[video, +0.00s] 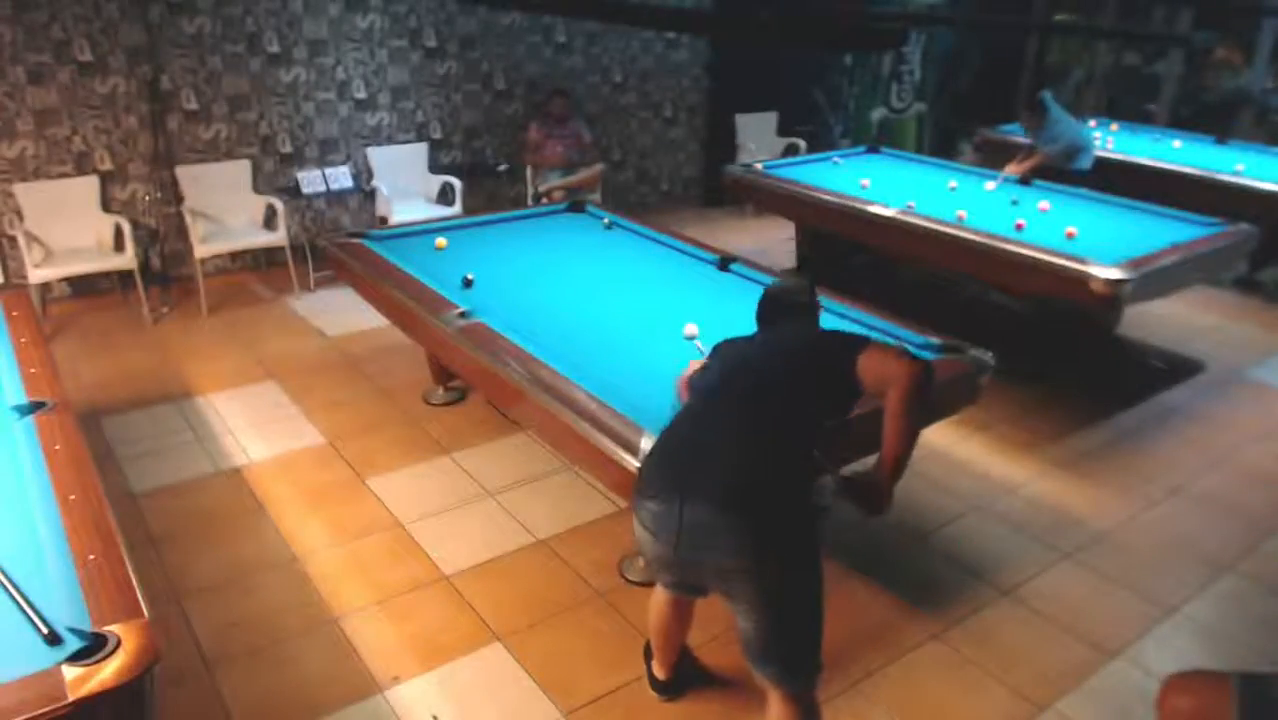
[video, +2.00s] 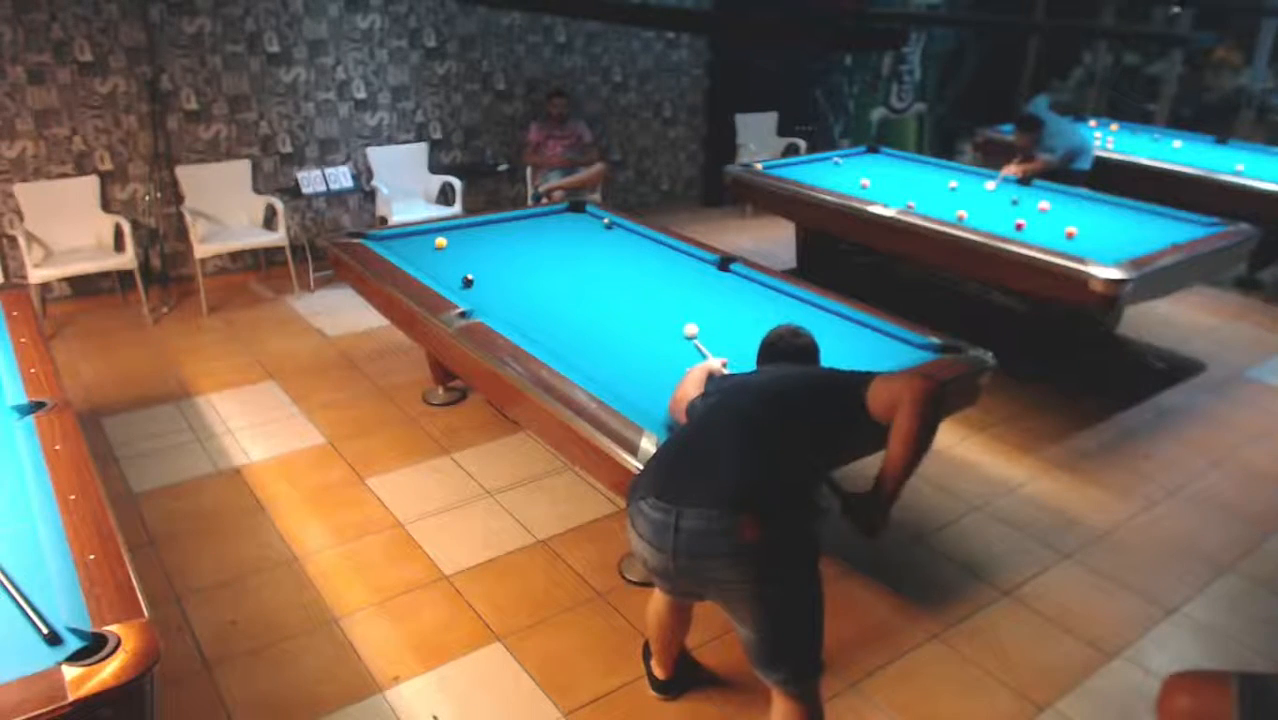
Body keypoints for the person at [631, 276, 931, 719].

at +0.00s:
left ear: (761, 317)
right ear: (813, 317)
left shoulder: (729, 349)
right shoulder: (831, 348)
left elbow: (687, 385)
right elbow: (906, 372)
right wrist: (884, 477)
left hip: (659, 496)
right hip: (750, 510)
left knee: (673, 581)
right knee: (786, 683)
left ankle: (665, 671)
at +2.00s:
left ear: (761, 361)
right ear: (814, 363)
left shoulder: (724, 387)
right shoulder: (834, 386)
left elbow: (679, 405)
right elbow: (916, 391)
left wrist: (702, 366)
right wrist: (881, 497)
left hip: (650, 518)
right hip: (746, 531)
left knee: (672, 585)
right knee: (791, 687)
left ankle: (663, 671)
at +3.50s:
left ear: (824, 265)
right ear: (895, 273)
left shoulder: (774, 326)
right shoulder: (923, 367)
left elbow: (684, 334)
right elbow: (1021, 478)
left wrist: (690, 296)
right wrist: (1036, 598)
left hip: (727, 555)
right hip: (830, 587)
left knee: (699, 604)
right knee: (831, 693)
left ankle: (671, 686)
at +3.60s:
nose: (819, 274)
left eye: (820, 265)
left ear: (827, 273)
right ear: (897, 278)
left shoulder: (774, 323)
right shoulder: (925, 364)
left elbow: (683, 326)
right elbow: (1020, 470)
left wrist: (686, 280)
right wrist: (1049, 602)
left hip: (724, 554)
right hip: (829, 586)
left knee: (696, 598)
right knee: (830, 694)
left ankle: (669, 680)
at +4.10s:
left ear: (769, 292)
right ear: (828, 296)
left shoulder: (733, 332)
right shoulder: (847, 340)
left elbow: (690, 377)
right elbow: (920, 397)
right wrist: (894, 507)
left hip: (660, 499)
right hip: (756, 516)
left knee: (673, 591)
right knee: (793, 683)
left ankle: (668, 677)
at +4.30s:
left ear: (763, 316)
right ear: (816, 316)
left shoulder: (730, 349)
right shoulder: (842, 350)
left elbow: (688, 381)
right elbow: (915, 388)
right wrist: (890, 491)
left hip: (660, 506)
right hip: (755, 523)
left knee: (675, 592)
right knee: (793, 686)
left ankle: (669, 676)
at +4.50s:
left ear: (760, 339)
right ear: (814, 338)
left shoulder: (726, 369)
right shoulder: (832, 363)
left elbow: (683, 386)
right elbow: (915, 377)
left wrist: (707, 361)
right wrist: (889, 484)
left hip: (661, 509)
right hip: (757, 523)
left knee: (675, 592)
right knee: (795, 687)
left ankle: (668, 676)